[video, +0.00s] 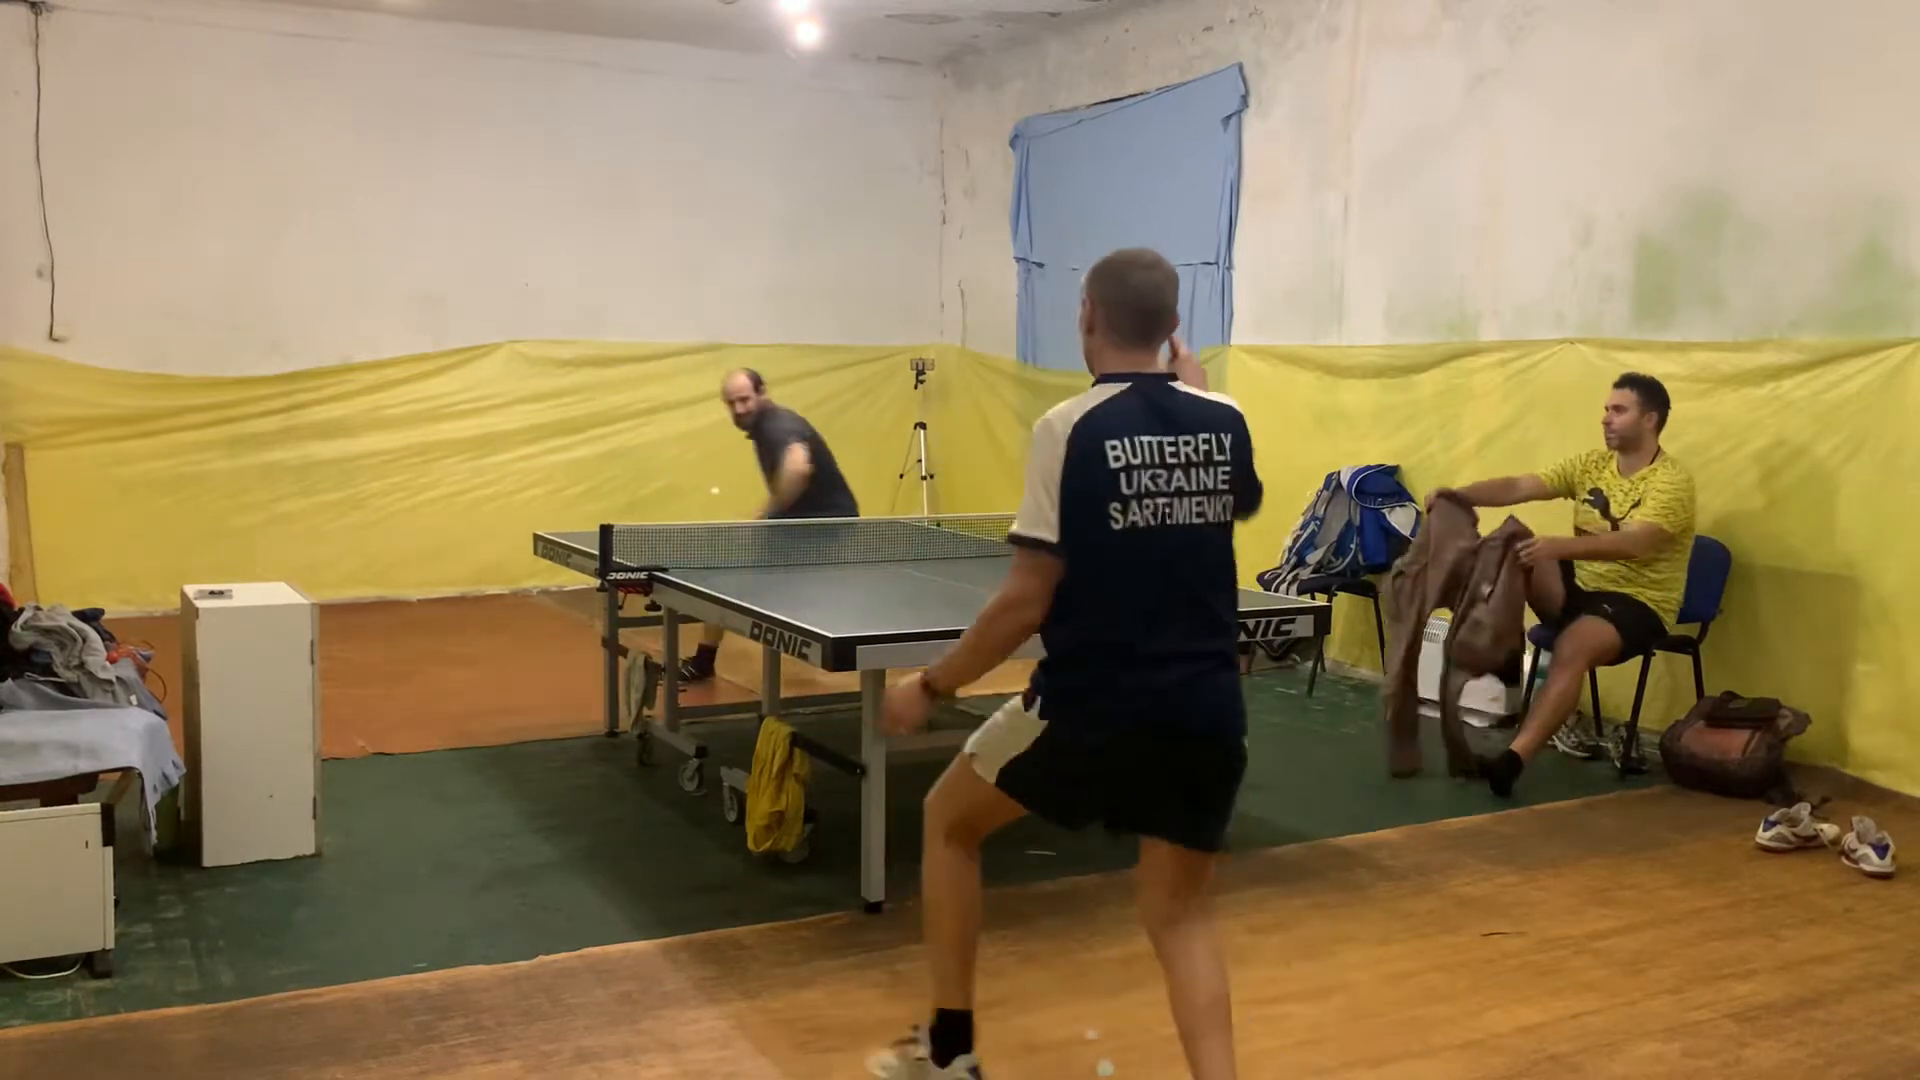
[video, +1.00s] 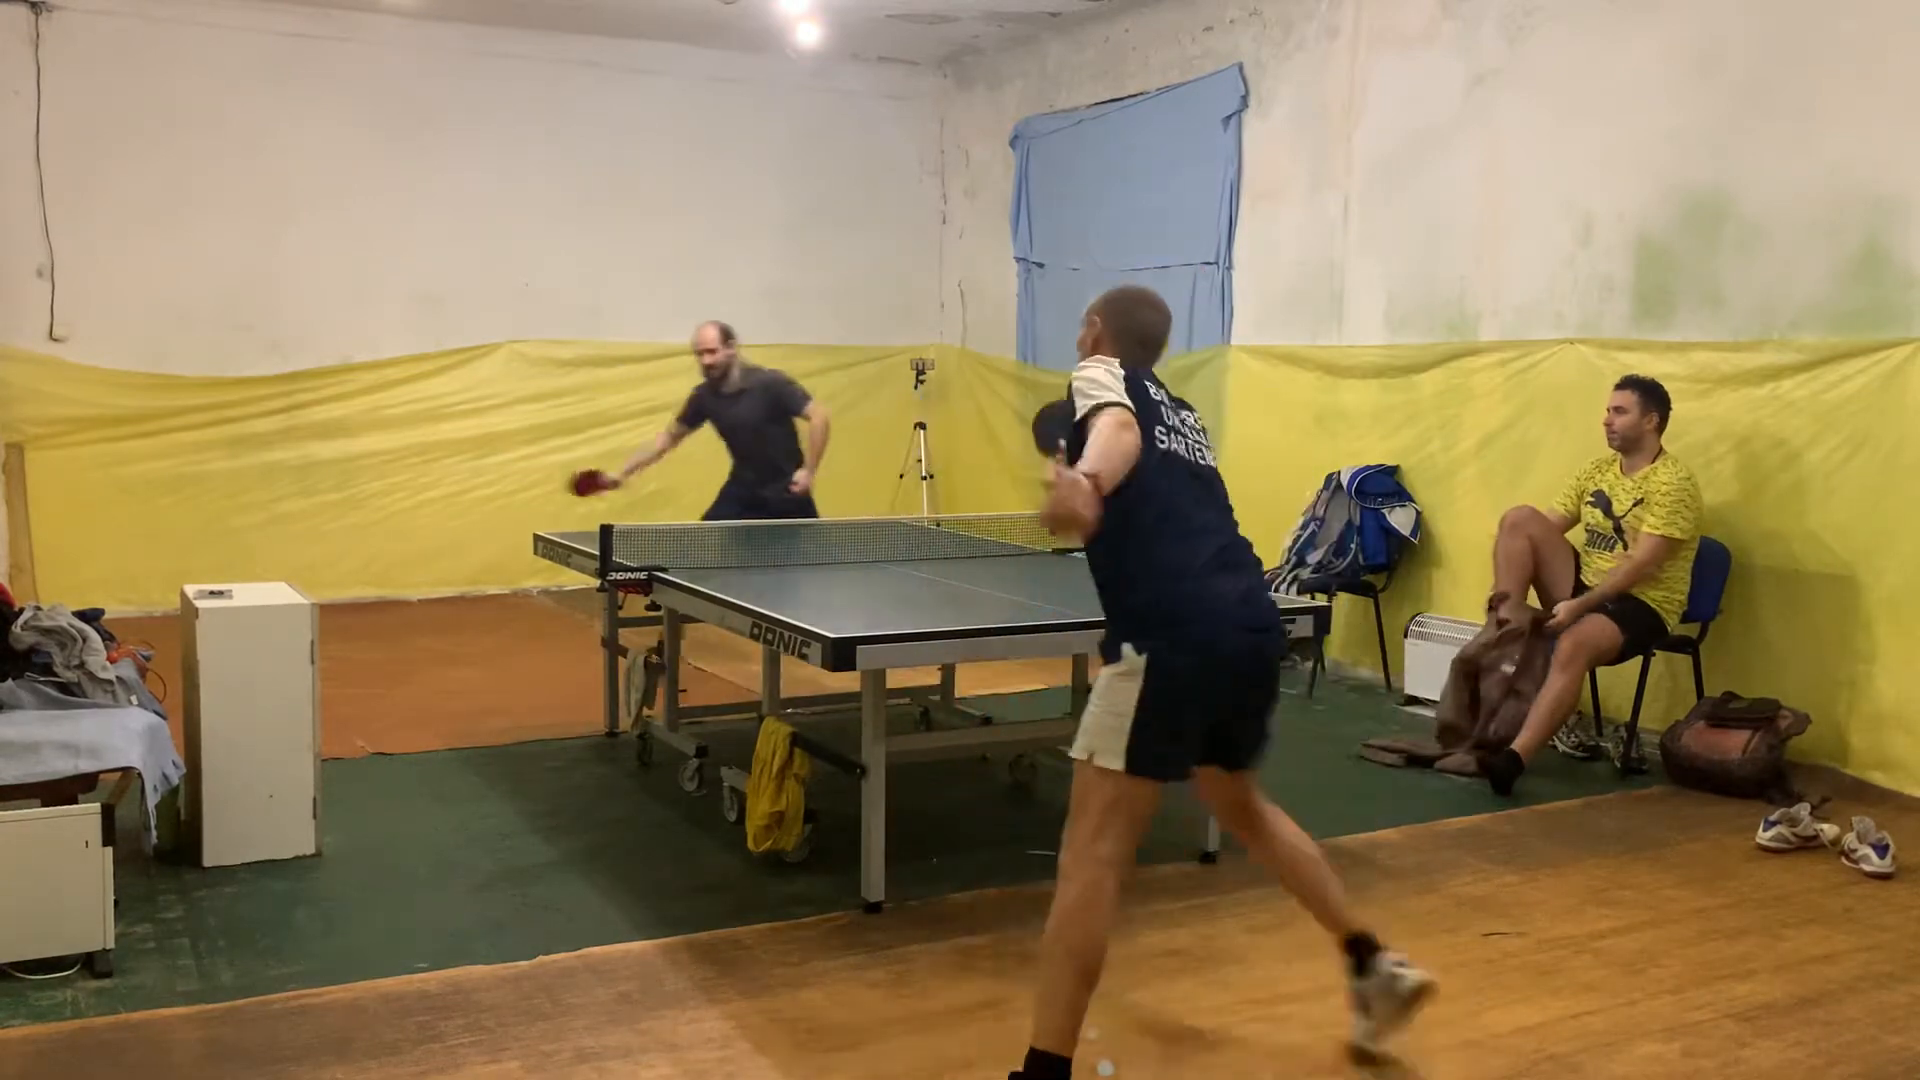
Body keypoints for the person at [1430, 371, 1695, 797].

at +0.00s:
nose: (1606, 419)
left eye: (1618, 411)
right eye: (1606, 410)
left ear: (1652, 420)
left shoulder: (1672, 481)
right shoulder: (1592, 464)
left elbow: (1640, 541)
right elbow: (1520, 487)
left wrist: (1555, 547)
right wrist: (1460, 494)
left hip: (1639, 603)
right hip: (1580, 591)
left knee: (1572, 645)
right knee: (1513, 543)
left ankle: (1512, 762)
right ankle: (1504, 654)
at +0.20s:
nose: (1606, 421)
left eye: (1617, 413)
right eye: (1605, 412)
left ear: (1651, 423)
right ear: (1605, 415)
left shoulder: (1671, 485)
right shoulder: (1597, 470)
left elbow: (1631, 561)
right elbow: (1529, 511)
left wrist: (1562, 589)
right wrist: (1469, 553)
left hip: (1644, 600)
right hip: (1593, 585)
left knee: (1573, 646)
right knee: (1523, 521)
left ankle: (1514, 760)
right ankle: (1520, 625)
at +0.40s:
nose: (1607, 421)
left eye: (1619, 414)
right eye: (1607, 413)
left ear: (1653, 423)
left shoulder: (1673, 487)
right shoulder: (1598, 471)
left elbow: (1643, 566)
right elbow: (1547, 526)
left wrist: (1570, 598)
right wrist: (1498, 576)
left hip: (1644, 601)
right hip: (1589, 584)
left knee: (1573, 647)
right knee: (1516, 525)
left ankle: (1515, 760)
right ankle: (1507, 640)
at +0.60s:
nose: (1608, 420)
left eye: (1620, 412)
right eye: (1607, 411)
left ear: (1653, 422)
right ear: (1606, 415)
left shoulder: (1672, 483)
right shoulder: (1596, 471)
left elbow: (1637, 558)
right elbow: (1536, 523)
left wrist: (1568, 590)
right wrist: (1479, 568)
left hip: (1643, 600)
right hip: (1588, 586)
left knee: (1574, 645)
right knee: (1522, 519)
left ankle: (1514, 760)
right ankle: (1523, 634)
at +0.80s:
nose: (1607, 421)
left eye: (1619, 413)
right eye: (1606, 412)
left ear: (1652, 422)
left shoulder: (1673, 482)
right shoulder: (1598, 471)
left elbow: (1633, 553)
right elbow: (1539, 523)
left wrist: (1567, 593)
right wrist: (1484, 572)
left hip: (1643, 601)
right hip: (1589, 587)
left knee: (1575, 646)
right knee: (1521, 519)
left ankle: (1515, 760)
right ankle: (1523, 635)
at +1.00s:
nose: (1608, 420)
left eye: (1619, 412)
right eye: (1608, 412)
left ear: (1652, 421)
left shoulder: (1675, 484)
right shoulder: (1598, 471)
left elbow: (1643, 563)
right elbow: (1546, 528)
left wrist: (1581, 604)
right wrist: (1506, 589)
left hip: (1645, 601)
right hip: (1589, 587)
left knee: (1572, 647)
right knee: (1519, 521)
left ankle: (1514, 759)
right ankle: (1509, 633)